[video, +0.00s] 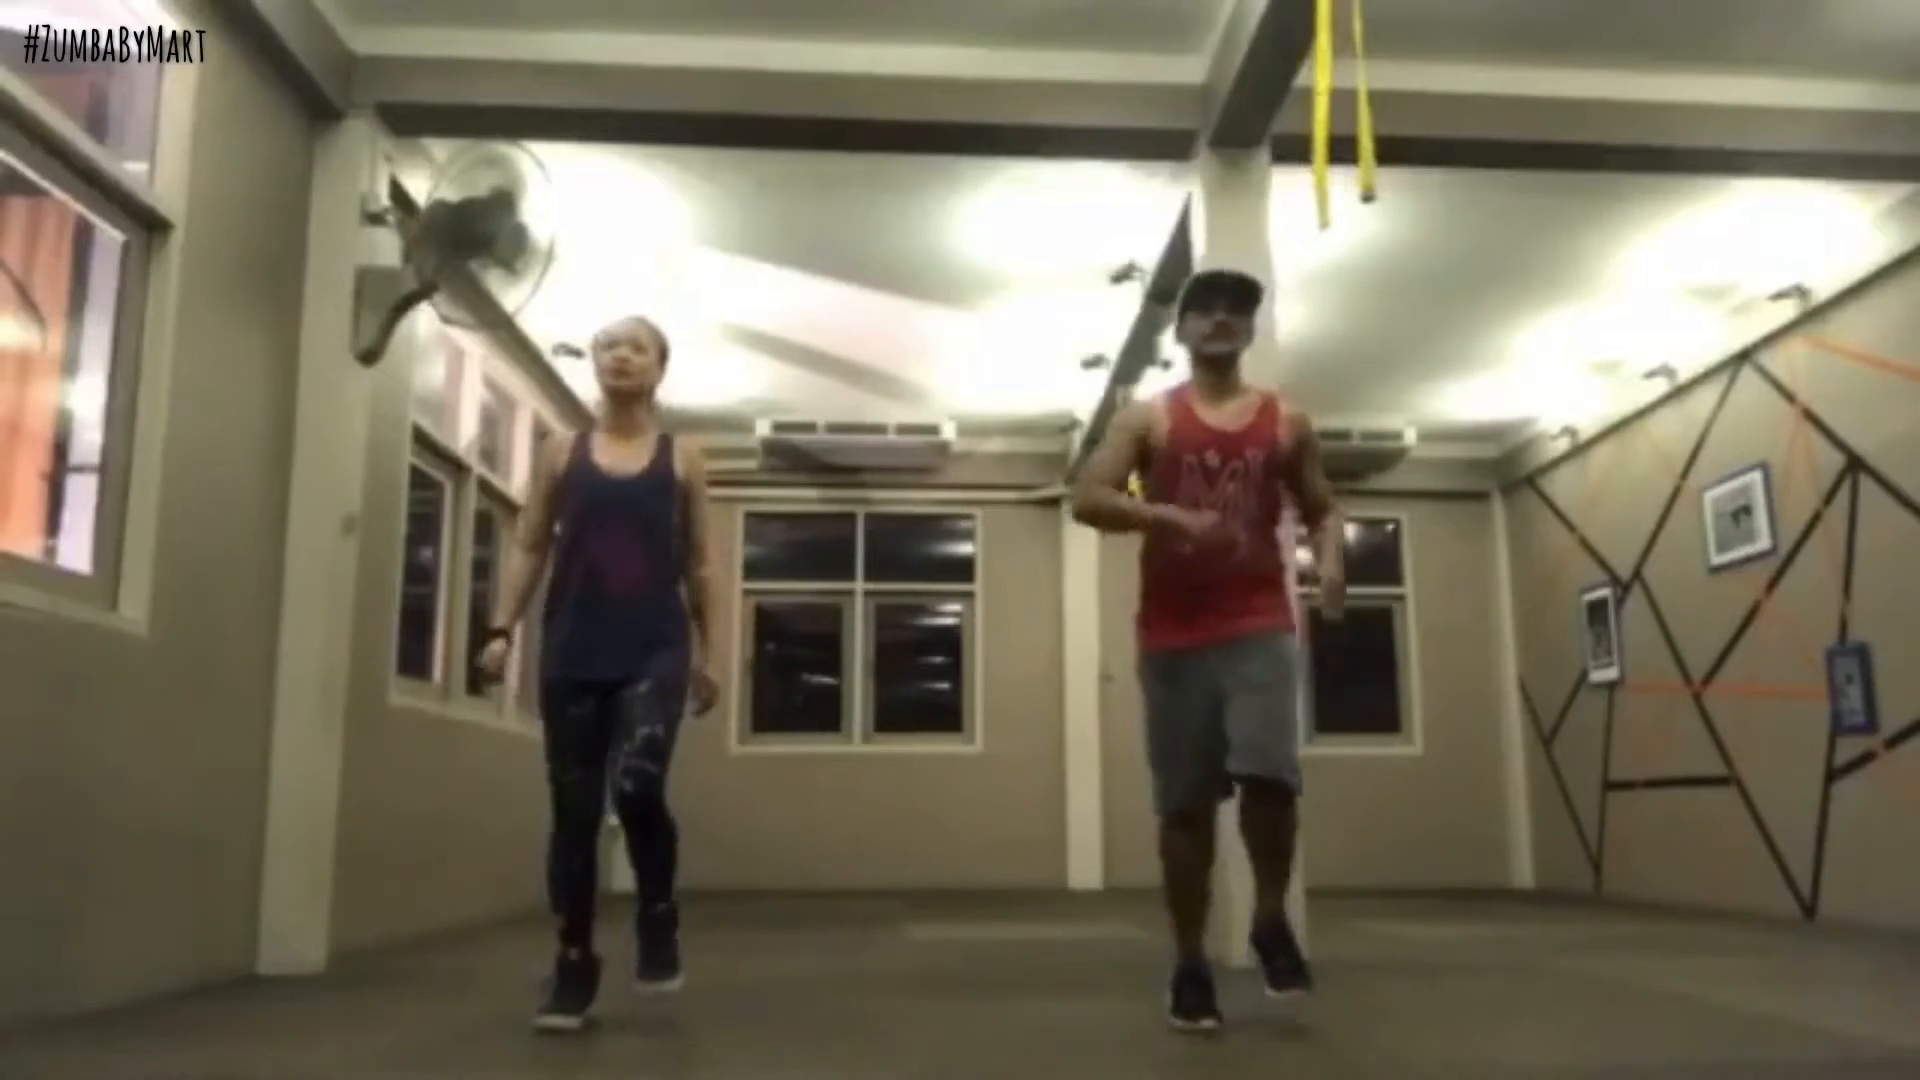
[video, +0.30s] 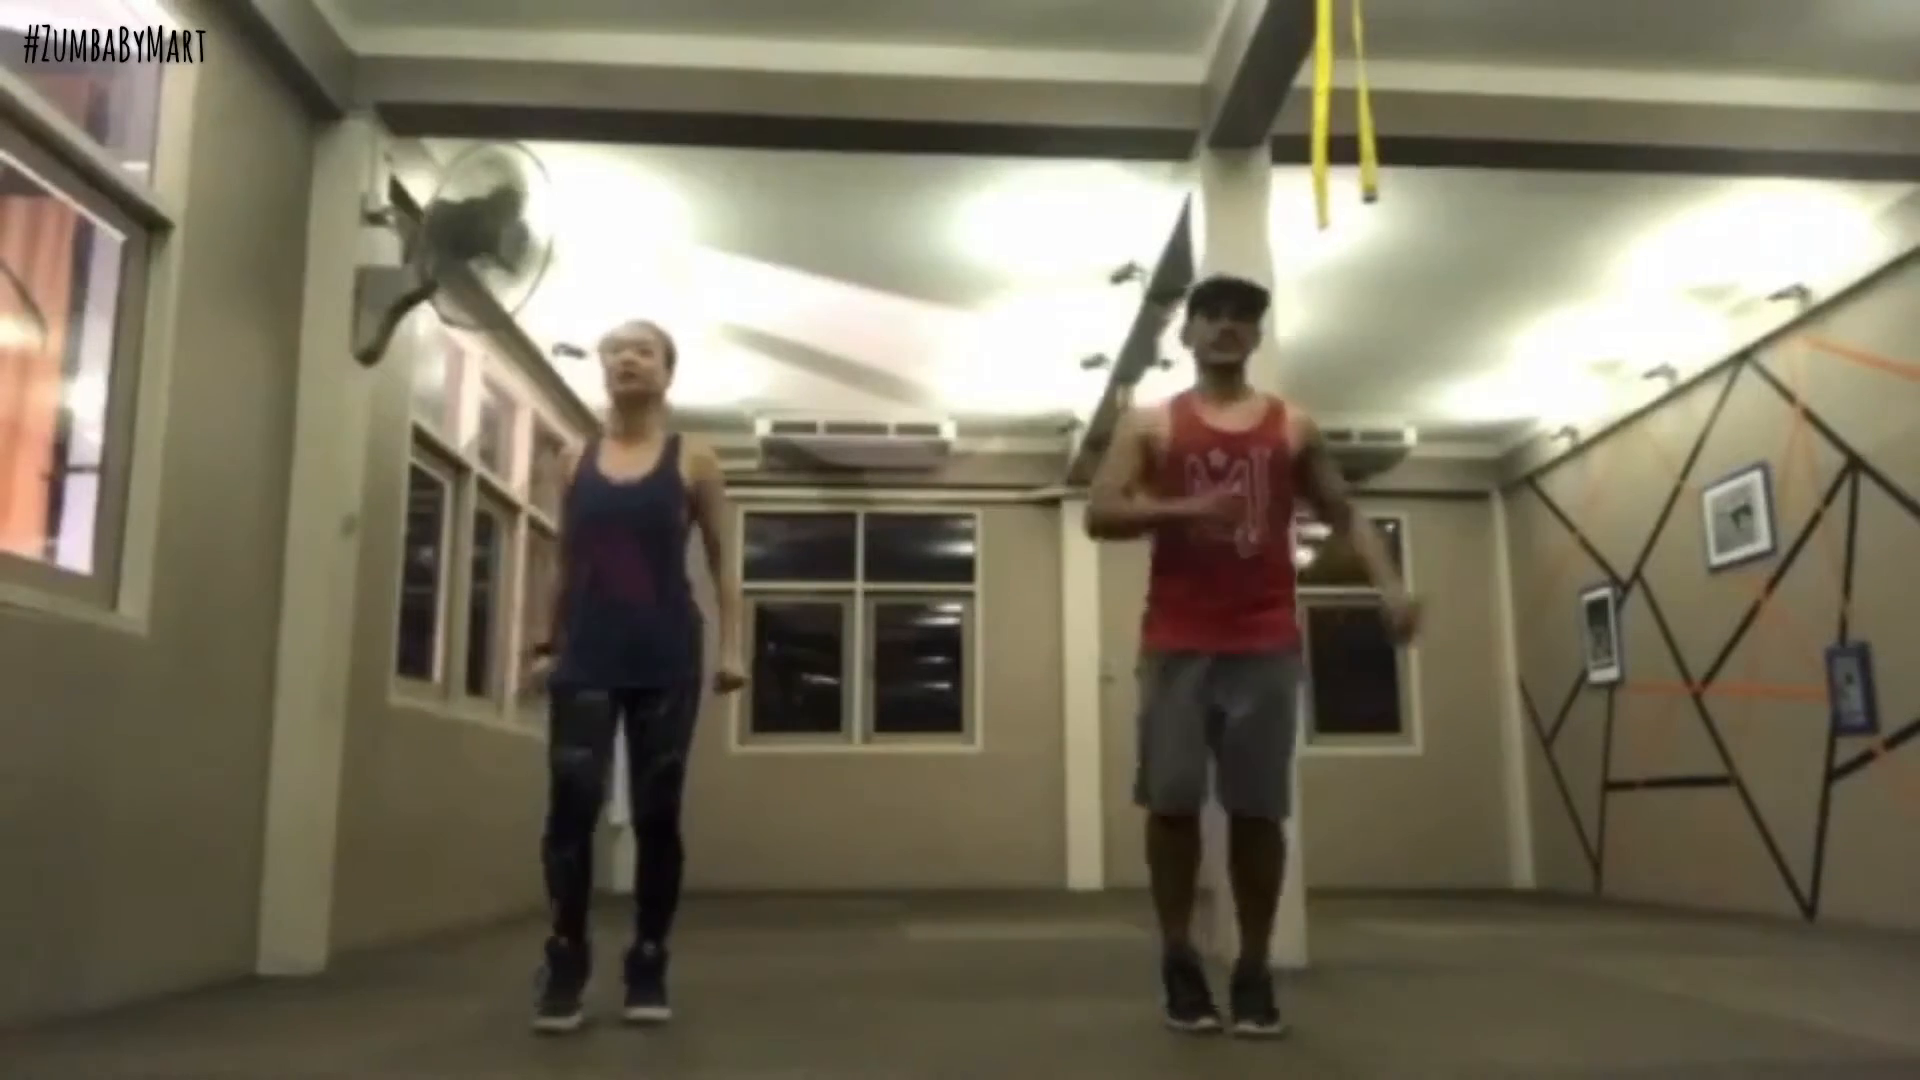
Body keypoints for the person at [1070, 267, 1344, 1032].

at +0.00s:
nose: (1216, 325)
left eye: (1231, 313)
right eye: (1202, 313)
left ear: (1251, 328)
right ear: (1181, 327)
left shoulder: (1284, 423)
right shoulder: (1146, 416)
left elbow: (1320, 510)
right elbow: (1088, 496)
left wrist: (1327, 559)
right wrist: (1166, 517)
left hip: (1260, 629)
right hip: (1175, 637)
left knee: (1270, 783)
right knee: (1187, 806)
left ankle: (1271, 920)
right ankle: (1190, 965)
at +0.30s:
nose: (1226, 330)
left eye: (1240, 319)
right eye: (1212, 317)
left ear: (1259, 335)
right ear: (1188, 330)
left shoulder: (1290, 428)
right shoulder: (1150, 422)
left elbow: (1346, 514)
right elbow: (1101, 513)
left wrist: (1390, 586)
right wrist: (1188, 510)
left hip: (1267, 643)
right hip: (1178, 643)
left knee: (1259, 812)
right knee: (1174, 808)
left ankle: (1254, 969)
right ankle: (1180, 962)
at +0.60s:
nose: (1245, 323)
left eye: (1258, 310)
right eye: (1230, 311)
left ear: (1277, 321)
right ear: (1207, 325)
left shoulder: (1309, 405)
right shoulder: (1180, 399)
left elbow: (1404, 443)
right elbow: (1084, 423)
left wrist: (1450, 379)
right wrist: (992, 417)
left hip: (1277, 620)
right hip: (1200, 609)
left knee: (1237, 796)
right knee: (1209, 779)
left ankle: (1201, 965)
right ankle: (1179, 967)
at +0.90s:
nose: (1286, 327)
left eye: (1299, 314)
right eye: (1271, 313)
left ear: (1315, 323)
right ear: (1241, 324)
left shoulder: (1342, 410)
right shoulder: (1211, 404)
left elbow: (1459, 423)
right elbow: (1121, 426)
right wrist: (1101, 391)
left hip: (1325, 621)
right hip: (1233, 628)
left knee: (1406, 751)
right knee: (1211, 799)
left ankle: (1372, 896)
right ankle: (1179, 984)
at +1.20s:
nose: (1354, 335)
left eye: (1367, 322)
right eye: (1337, 321)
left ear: (1383, 331)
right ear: (1309, 335)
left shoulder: (1423, 409)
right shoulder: (1281, 428)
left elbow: (1547, 415)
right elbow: (1167, 461)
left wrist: (1663, 410)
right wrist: (1262, 425)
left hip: (1424, 652)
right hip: (1321, 653)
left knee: (1476, 819)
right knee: (1256, 792)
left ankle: (1528, 979)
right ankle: (1219, 977)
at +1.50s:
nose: (1345, 331)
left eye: (1355, 318)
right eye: (1329, 319)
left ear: (1371, 325)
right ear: (1299, 330)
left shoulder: (1404, 403)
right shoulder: (1275, 410)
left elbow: (1508, 459)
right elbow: (1169, 442)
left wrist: (1474, 406)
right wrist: (1073, 473)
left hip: (1408, 631)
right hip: (1320, 635)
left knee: (1458, 803)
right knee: (1315, 794)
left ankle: (1511, 965)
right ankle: (1266, 938)